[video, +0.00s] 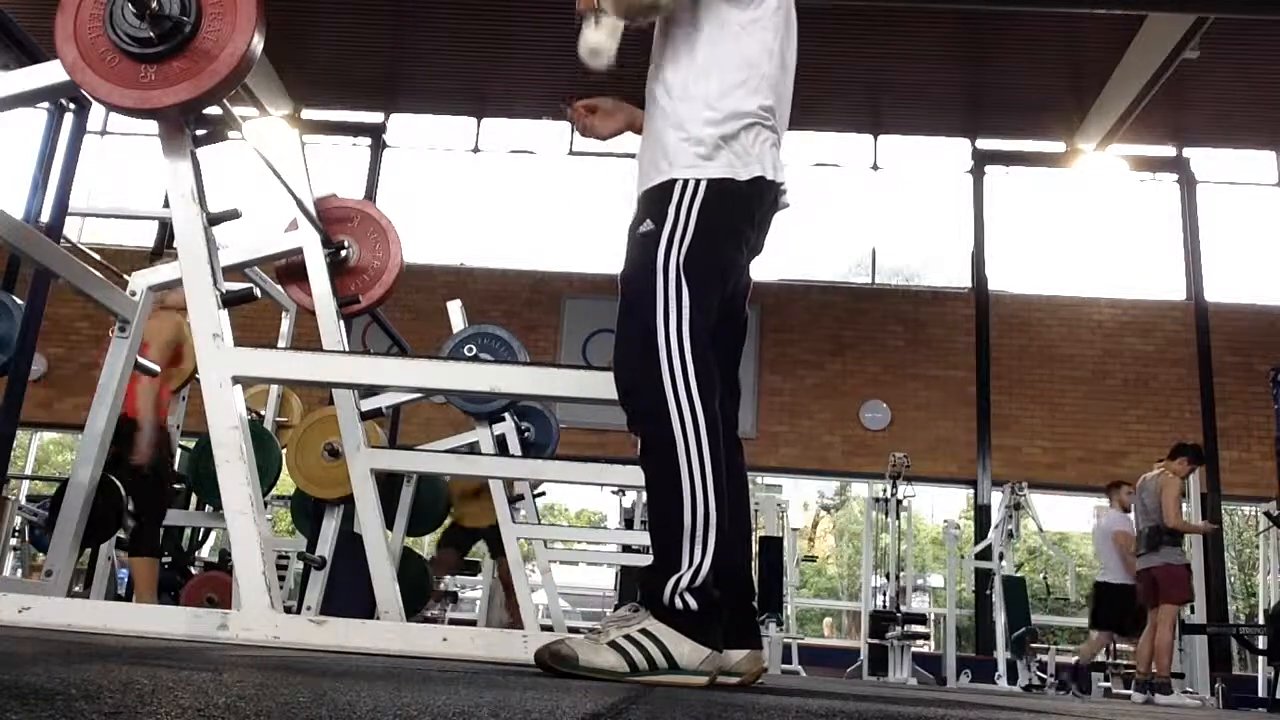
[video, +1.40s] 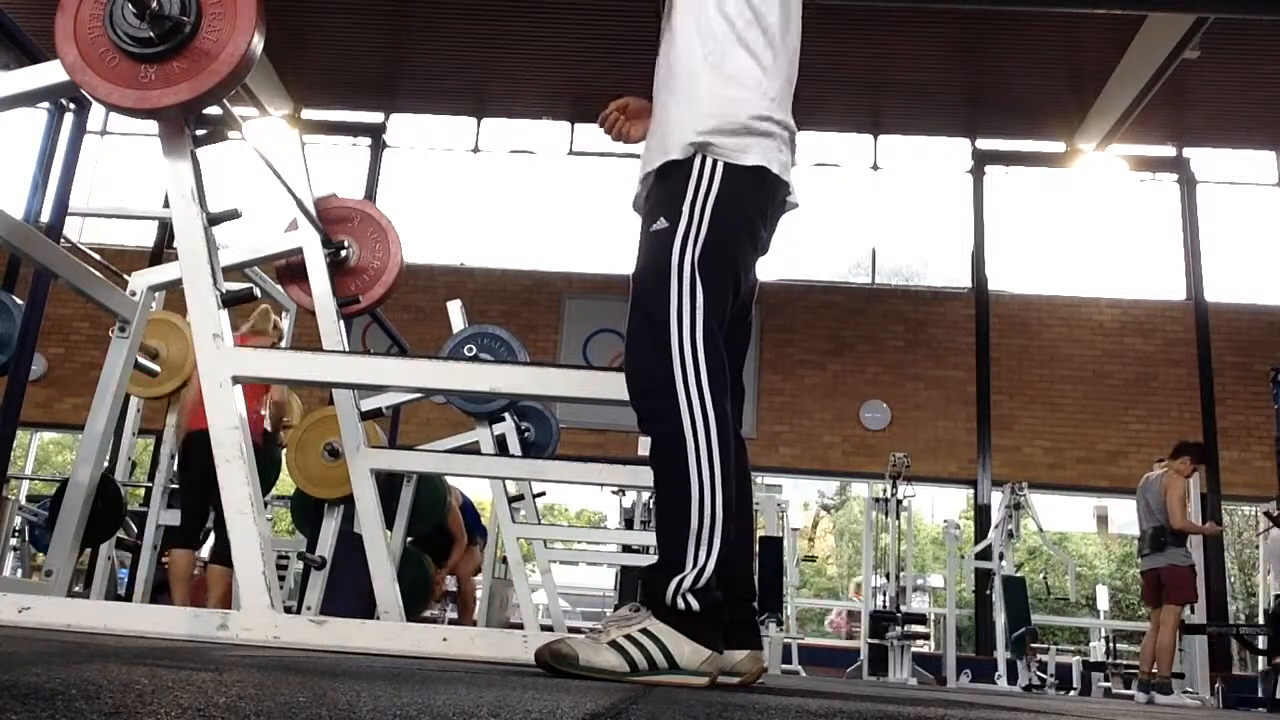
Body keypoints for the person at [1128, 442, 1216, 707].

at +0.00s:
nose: (1188, 476)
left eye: (1191, 472)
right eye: (1190, 471)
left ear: (1174, 459)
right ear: (1182, 462)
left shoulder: (1143, 480)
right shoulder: (1170, 480)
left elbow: (1141, 524)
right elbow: (1172, 521)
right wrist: (1200, 527)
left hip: (1146, 563)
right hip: (1168, 562)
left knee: (1152, 624)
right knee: (1166, 624)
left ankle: (1140, 685)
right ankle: (1163, 687)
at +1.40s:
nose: (1192, 476)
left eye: (1195, 471)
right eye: (1194, 470)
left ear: (1177, 459)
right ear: (1185, 461)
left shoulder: (1145, 480)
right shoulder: (1174, 480)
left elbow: (1146, 525)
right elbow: (1178, 523)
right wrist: (1205, 529)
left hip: (1149, 563)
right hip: (1174, 562)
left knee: (1155, 625)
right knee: (1169, 625)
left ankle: (1143, 685)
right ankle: (1164, 688)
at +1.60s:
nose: (1191, 475)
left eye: (1194, 470)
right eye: (1193, 469)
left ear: (1174, 459)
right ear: (1184, 461)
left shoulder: (1145, 480)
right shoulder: (1173, 480)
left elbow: (1146, 524)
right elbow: (1177, 523)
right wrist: (1206, 530)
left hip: (1149, 564)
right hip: (1173, 562)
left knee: (1155, 625)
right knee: (1169, 625)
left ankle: (1143, 685)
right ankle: (1164, 688)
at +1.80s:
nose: (1191, 475)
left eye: (1193, 470)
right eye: (1192, 469)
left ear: (1174, 459)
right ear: (1182, 461)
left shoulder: (1144, 480)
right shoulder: (1172, 480)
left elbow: (1146, 525)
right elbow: (1176, 522)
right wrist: (1205, 530)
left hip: (1149, 563)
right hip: (1173, 562)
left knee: (1156, 624)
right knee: (1169, 624)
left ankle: (1143, 685)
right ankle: (1164, 688)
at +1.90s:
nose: (1191, 475)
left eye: (1193, 470)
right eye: (1192, 469)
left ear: (1174, 459)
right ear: (1182, 461)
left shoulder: (1144, 480)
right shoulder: (1172, 480)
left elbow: (1146, 525)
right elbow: (1176, 522)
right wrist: (1204, 530)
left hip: (1149, 563)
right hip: (1173, 562)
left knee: (1156, 624)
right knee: (1169, 624)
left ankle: (1143, 685)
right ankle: (1164, 688)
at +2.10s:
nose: (1190, 475)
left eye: (1193, 470)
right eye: (1192, 469)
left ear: (1174, 459)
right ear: (1181, 461)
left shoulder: (1144, 480)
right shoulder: (1172, 480)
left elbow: (1145, 525)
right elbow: (1176, 522)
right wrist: (1204, 530)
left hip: (1149, 563)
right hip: (1173, 562)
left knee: (1156, 624)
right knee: (1169, 624)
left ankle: (1143, 685)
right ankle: (1164, 688)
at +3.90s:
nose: (1193, 469)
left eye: (1194, 464)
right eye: (1193, 463)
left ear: (1172, 458)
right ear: (1182, 458)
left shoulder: (1147, 480)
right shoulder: (1176, 480)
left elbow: (1147, 522)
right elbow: (1172, 518)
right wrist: (1187, 551)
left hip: (1148, 562)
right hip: (1170, 560)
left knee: (1155, 624)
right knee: (1168, 624)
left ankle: (1143, 686)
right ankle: (1163, 687)